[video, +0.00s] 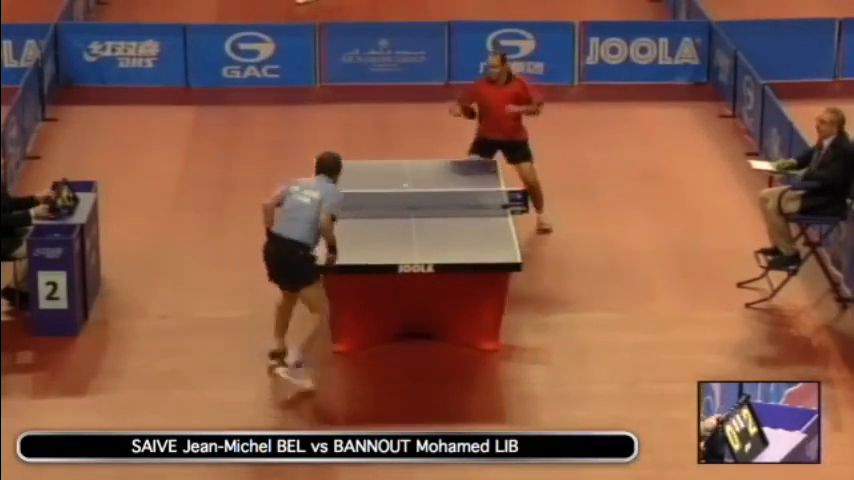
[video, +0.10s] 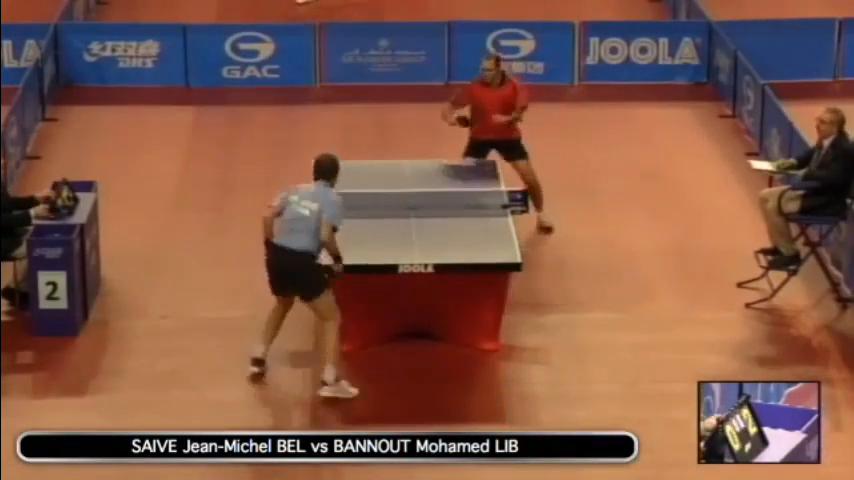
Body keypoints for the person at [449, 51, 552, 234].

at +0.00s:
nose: (491, 71)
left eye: (495, 67)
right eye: (490, 67)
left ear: (505, 67)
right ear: (488, 67)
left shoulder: (518, 85)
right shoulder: (480, 86)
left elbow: (535, 108)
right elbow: (469, 110)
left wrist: (519, 109)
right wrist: (462, 110)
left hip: (514, 139)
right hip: (486, 138)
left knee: (530, 179)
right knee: (472, 175)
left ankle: (540, 217)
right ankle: (471, 218)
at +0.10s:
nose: (485, 74)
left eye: (489, 71)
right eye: (483, 70)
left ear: (499, 69)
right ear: (481, 70)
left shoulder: (513, 87)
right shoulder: (474, 88)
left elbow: (520, 112)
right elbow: (450, 107)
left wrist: (507, 118)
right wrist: (452, 119)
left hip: (507, 139)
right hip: (479, 139)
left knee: (530, 177)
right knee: (466, 175)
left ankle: (540, 216)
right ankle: (463, 218)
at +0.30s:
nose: (475, 99)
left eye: (479, 96)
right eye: (473, 95)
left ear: (487, 97)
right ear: (469, 95)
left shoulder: (494, 113)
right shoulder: (457, 114)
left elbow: (495, 134)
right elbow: (437, 134)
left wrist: (490, 147)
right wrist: (445, 150)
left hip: (487, 157)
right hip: (461, 158)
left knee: (522, 184)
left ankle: (541, 219)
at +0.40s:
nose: (468, 110)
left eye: (472, 106)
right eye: (466, 106)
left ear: (479, 107)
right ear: (461, 106)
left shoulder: (486, 121)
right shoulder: (453, 125)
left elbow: (497, 143)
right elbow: (446, 148)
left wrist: (491, 148)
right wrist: (439, 146)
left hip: (484, 163)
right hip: (457, 164)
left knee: (519, 187)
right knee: (431, 188)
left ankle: (538, 220)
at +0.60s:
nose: (468, 98)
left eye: (471, 95)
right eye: (465, 94)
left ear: (477, 96)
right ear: (460, 95)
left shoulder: (487, 110)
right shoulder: (452, 114)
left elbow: (512, 123)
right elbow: (428, 131)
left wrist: (521, 135)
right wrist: (420, 147)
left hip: (487, 156)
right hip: (459, 158)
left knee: (515, 180)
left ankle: (516, 222)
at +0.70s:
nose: (467, 90)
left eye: (471, 87)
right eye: (465, 86)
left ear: (479, 88)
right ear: (461, 86)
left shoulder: (491, 102)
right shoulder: (456, 103)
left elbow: (508, 114)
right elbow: (438, 118)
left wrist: (520, 120)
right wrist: (428, 131)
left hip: (492, 147)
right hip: (463, 148)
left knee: (511, 180)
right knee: (454, 183)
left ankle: (516, 220)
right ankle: (455, 223)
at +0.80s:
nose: (467, 78)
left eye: (472, 75)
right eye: (465, 75)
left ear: (480, 76)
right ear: (461, 76)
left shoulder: (493, 91)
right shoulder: (455, 93)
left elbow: (512, 100)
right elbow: (439, 109)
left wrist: (525, 105)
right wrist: (429, 122)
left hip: (496, 136)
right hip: (467, 137)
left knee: (518, 173)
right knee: (451, 171)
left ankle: (523, 219)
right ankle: (449, 219)